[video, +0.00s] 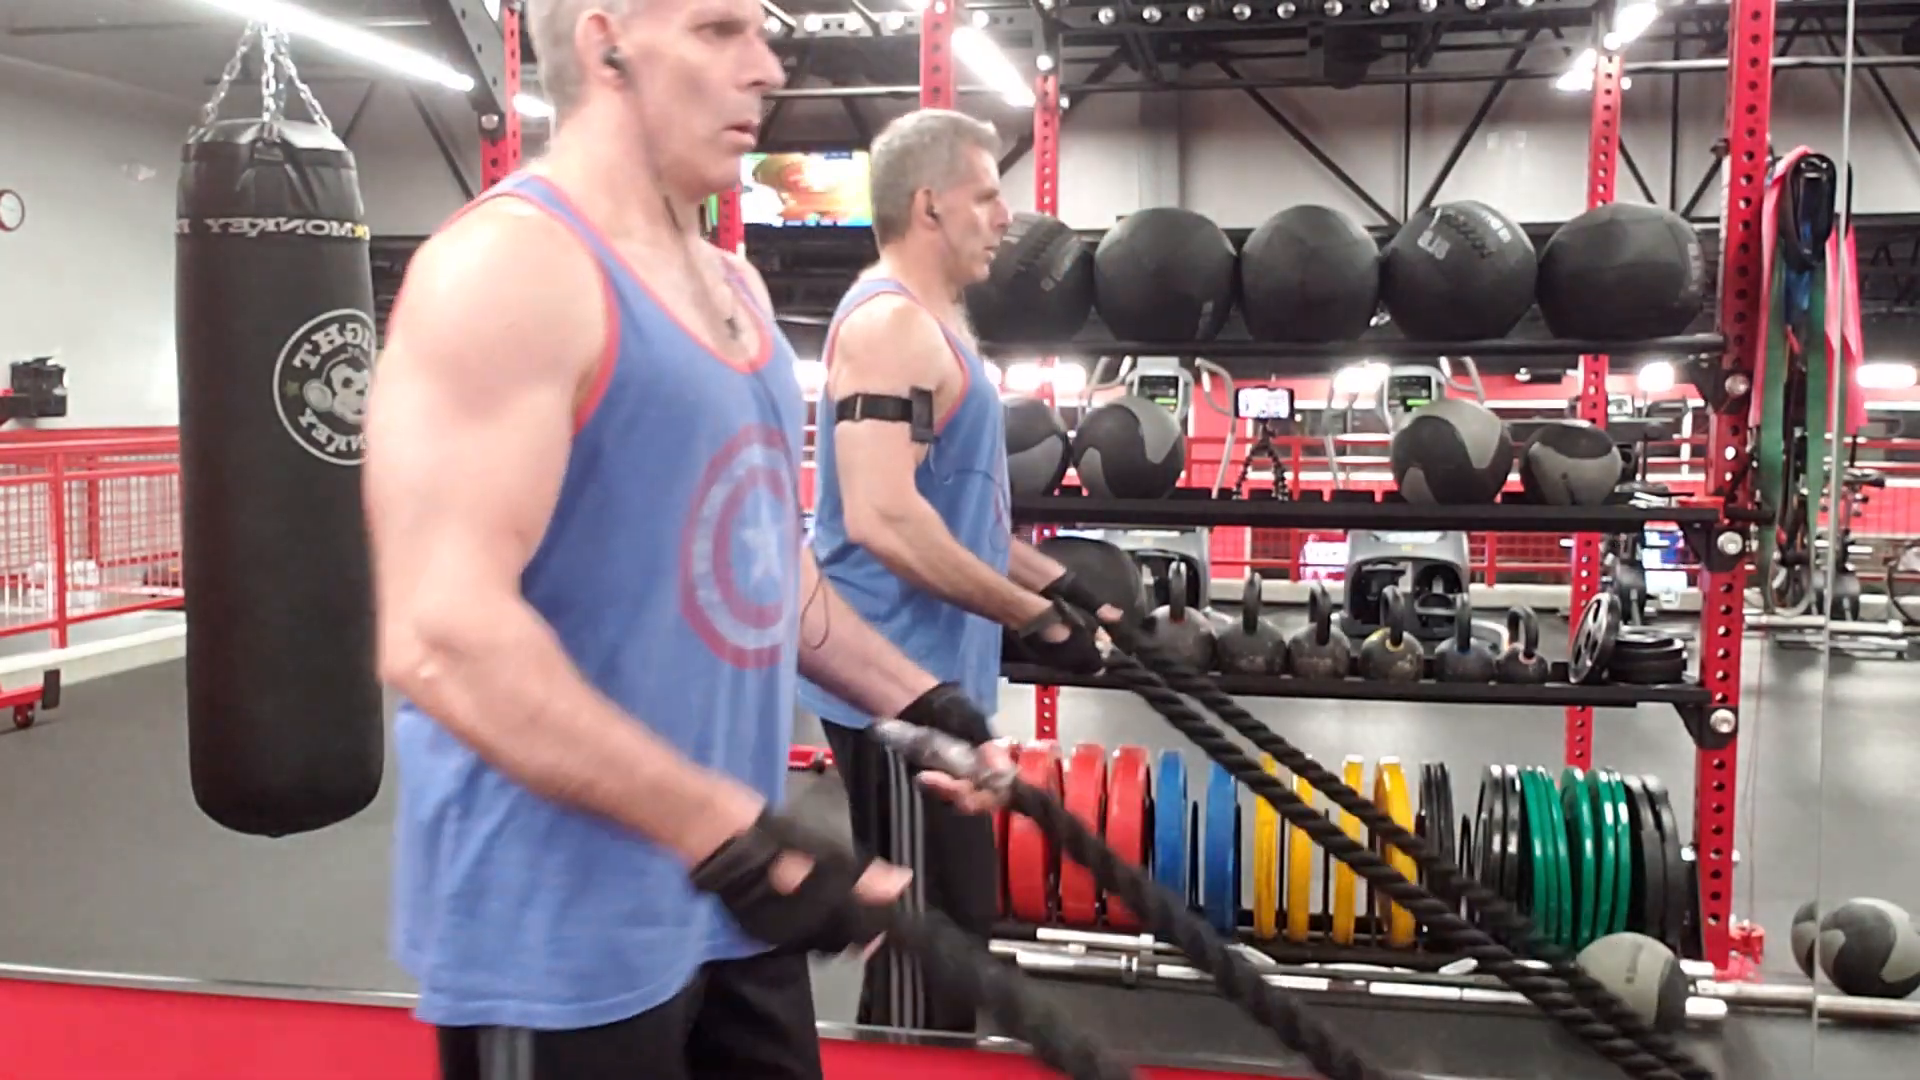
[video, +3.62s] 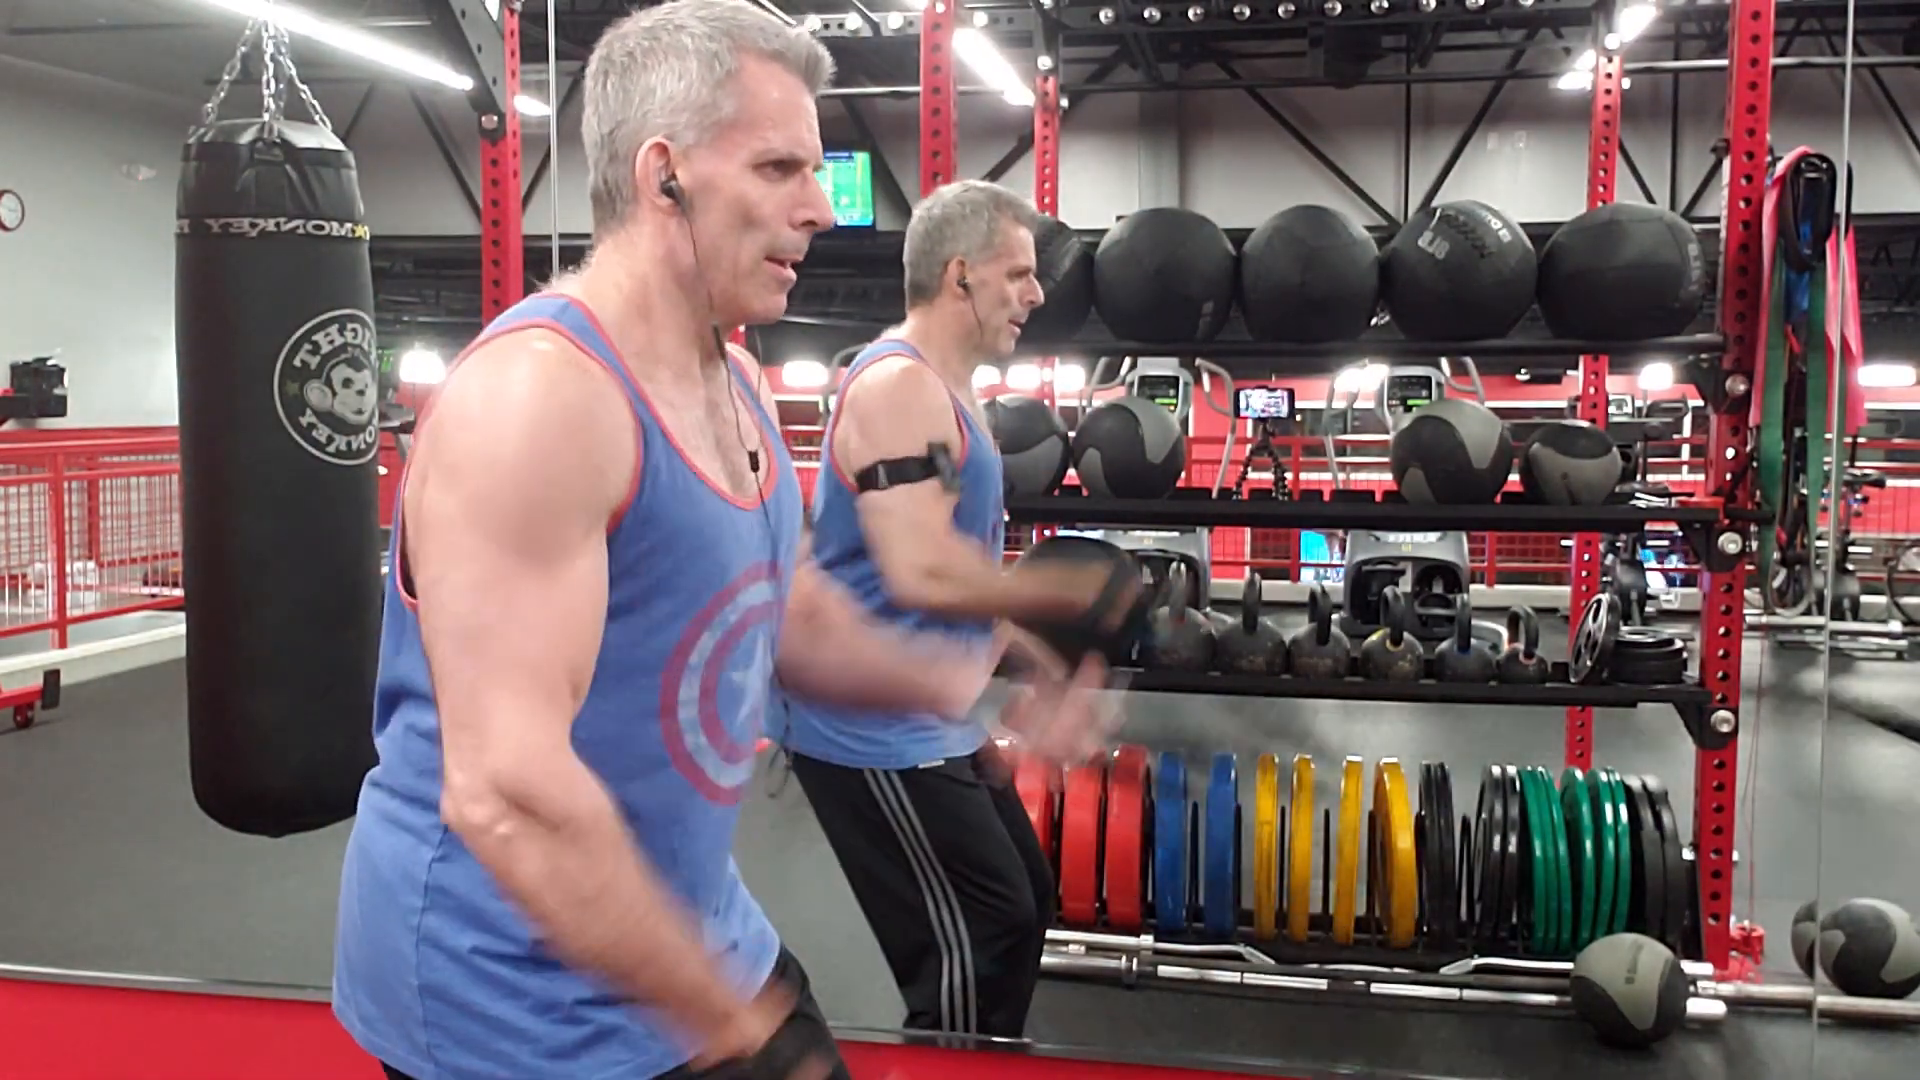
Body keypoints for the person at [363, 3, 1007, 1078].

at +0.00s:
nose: (769, 71)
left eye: (766, 38)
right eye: (723, 29)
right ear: (606, 40)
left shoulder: (734, 283)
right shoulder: (505, 266)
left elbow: (766, 567)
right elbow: (441, 633)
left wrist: (923, 706)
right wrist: (739, 841)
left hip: (736, 915)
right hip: (564, 951)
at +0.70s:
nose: (844, 181)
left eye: (852, 145)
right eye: (817, 134)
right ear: (706, 104)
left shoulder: (778, 328)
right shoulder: (539, 304)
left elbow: (775, 601)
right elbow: (447, 656)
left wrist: (902, 772)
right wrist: (685, 887)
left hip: (748, 925)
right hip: (574, 967)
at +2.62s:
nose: (824, 183)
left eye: (819, 146)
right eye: (784, 142)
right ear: (666, 154)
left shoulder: (742, 378)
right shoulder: (541, 386)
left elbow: (747, 671)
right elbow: (418, 755)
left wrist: (876, 857)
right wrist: (645, 1011)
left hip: (731, 956)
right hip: (528, 1014)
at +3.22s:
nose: (839, 189)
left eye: (835, 153)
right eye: (797, 149)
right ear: (682, 165)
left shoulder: (751, 393)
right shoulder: (553, 383)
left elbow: (739, 686)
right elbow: (432, 754)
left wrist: (870, 865)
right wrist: (674, 1017)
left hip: (733, 959)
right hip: (533, 1017)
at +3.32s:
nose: (819, 189)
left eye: (817, 155)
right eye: (781, 149)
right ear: (666, 158)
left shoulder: (746, 388)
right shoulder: (533, 367)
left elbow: (730, 696)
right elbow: (533, 723)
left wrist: (827, 891)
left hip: (722, 947)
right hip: (541, 986)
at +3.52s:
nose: (815, 206)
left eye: (812, 168)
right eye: (775, 164)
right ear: (658, 175)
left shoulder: (741, 388)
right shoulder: (516, 383)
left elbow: (752, 673)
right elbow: (581, 740)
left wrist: (857, 855)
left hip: (697, 924)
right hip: (516, 967)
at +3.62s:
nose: (818, 209)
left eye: (814, 172)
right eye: (779, 169)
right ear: (663, 176)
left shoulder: (729, 374)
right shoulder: (529, 396)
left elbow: (784, 611)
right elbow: (506, 788)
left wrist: (969, 687)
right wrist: (733, 1026)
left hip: (695, 913)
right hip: (514, 979)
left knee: (793, 1049)